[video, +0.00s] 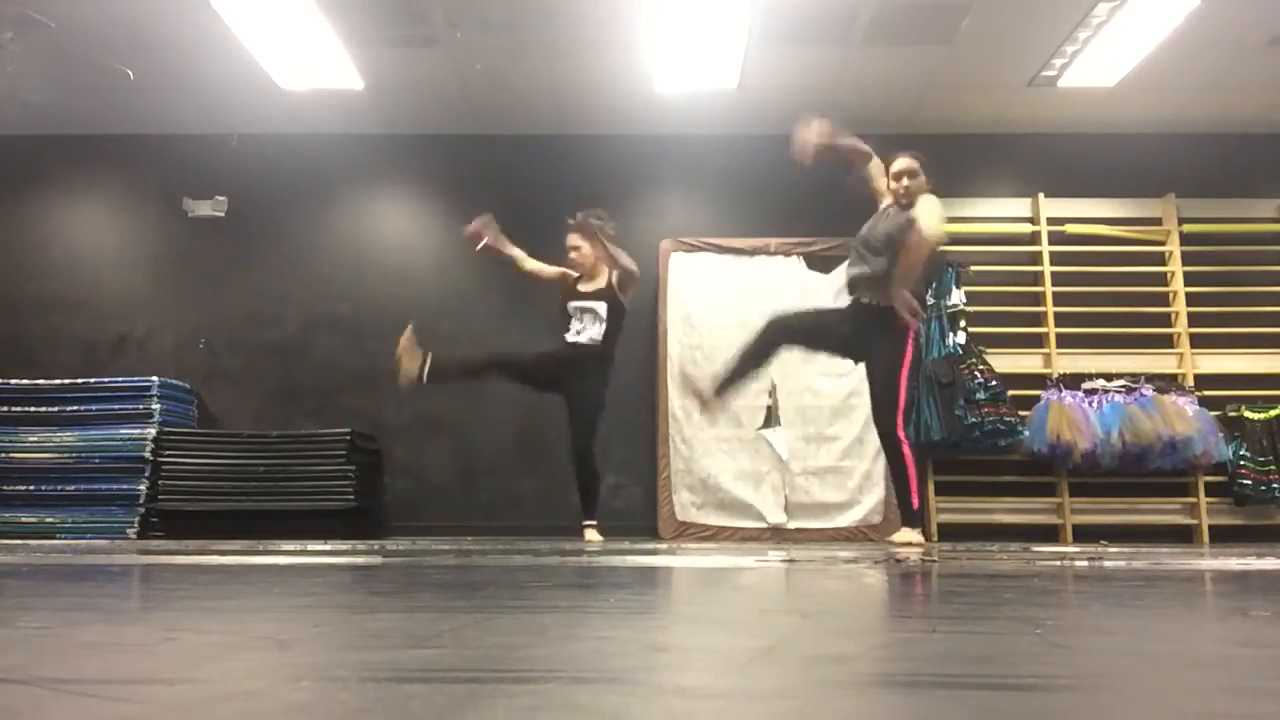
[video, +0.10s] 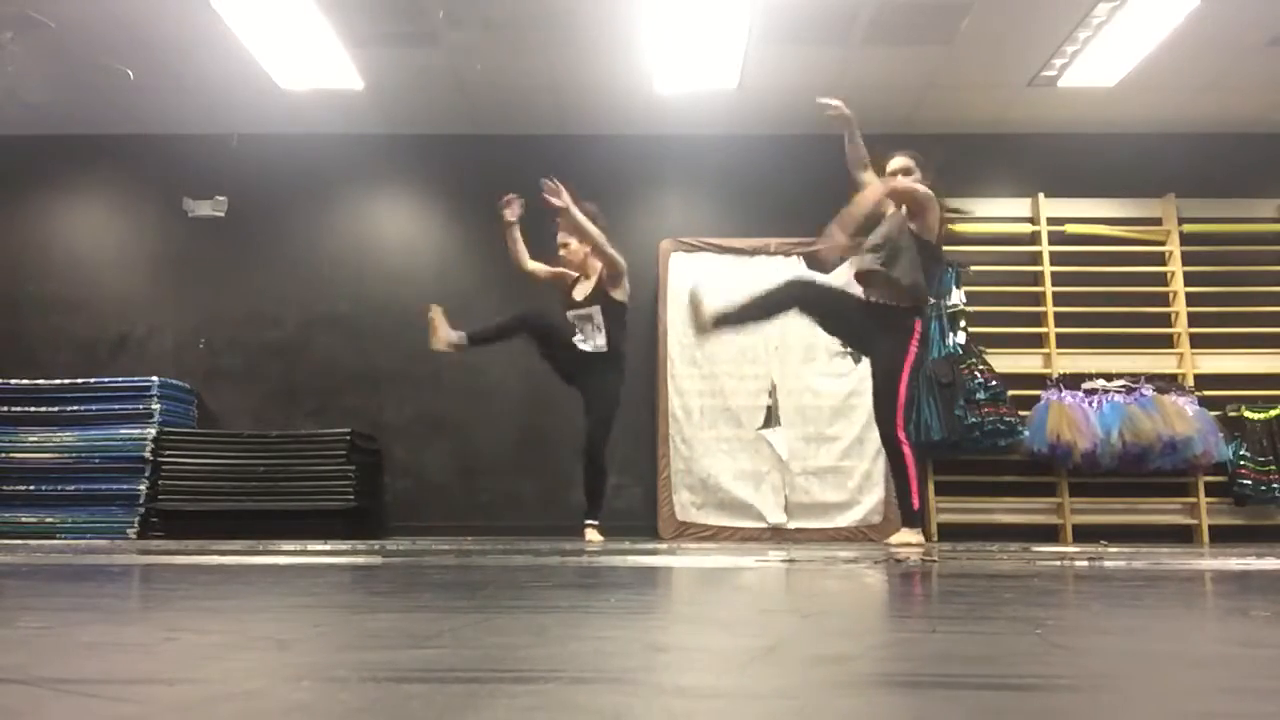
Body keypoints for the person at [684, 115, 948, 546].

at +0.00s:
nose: (903, 182)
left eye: (911, 175)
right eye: (896, 177)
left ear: (924, 180)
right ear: (887, 182)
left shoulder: (926, 208)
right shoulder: (888, 202)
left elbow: (928, 238)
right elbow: (867, 158)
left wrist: (901, 287)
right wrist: (827, 136)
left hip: (893, 326)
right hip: (858, 320)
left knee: (890, 424)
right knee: (780, 327)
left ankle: (914, 527)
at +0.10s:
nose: (899, 180)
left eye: (907, 173)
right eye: (894, 175)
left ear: (923, 181)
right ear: (883, 182)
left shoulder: (925, 217)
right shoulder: (879, 212)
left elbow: (919, 192)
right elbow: (861, 170)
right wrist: (848, 123)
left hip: (901, 326)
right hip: (866, 315)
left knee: (891, 425)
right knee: (800, 288)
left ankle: (914, 528)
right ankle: (716, 321)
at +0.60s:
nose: (861, 293)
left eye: (866, 285)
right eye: (859, 285)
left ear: (890, 282)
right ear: (881, 286)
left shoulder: (929, 303)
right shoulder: (896, 318)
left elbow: (959, 359)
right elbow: (914, 376)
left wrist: (903, 366)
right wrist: (894, 410)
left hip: (998, 372)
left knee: (923, 435)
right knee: (999, 487)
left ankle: (914, 530)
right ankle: (1092, 504)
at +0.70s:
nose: (886, 296)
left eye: (890, 287)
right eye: (885, 288)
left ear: (912, 285)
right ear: (911, 286)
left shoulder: (948, 306)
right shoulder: (921, 317)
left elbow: (976, 364)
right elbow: (922, 367)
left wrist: (934, 364)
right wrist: (911, 417)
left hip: (1023, 372)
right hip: (1044, 375)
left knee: (941, 430)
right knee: (1029, 475)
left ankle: (917, 528)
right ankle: (1115, 520)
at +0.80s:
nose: (919, 282)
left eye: (918, 273)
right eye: (914, 275)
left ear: (935, 263)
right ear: (951, 257)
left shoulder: (956, 300)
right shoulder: (996, 276)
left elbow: (978, 360)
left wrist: (978, 377)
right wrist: (981, 365)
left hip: (1027, 364)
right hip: (1064, 361)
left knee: (950, 428)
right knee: (1046, 458)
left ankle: (921, 523)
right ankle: (1117, 523)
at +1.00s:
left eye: (972, 214)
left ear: (973, 220)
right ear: (1007, 208)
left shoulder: (966, 263)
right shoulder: (1026, 222)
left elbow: (974, 311)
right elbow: (1066, 176)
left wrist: (975, 282)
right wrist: (1055, 170)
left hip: (1022, 354)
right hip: (1065, 346)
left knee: (966, 432)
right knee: (1072, 447)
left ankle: (926, 520)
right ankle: (1120, 527)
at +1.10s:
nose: (1039, 204)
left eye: (1035, 200)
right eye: (1034, 201)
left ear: (988, 212)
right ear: (1026, 208)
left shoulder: (971, 251)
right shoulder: (1040, 228)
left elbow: (972, 280)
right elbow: (1087, 179)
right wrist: (1091, 138)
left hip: (1016, 350)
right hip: (1060, 342)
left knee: (971, 438)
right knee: (1078, 443)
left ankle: (926, 521)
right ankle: (1121, 528)